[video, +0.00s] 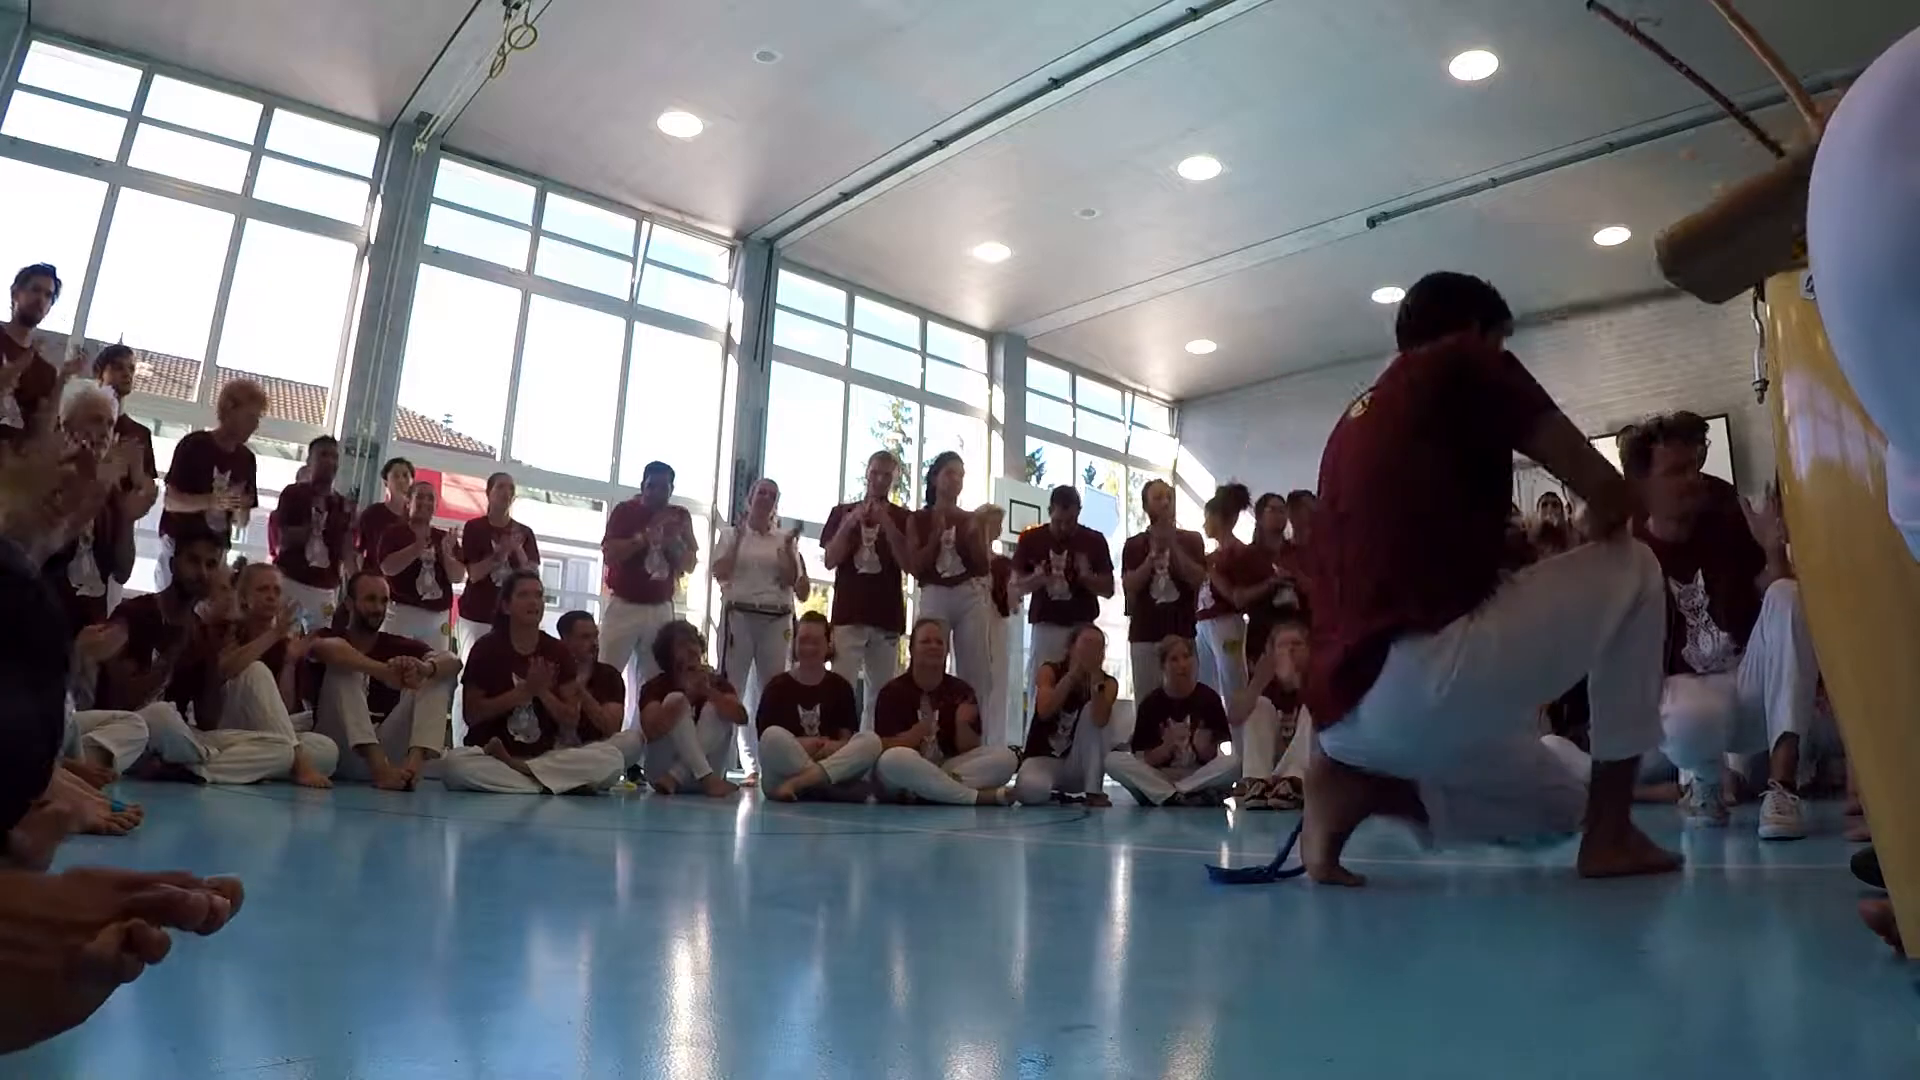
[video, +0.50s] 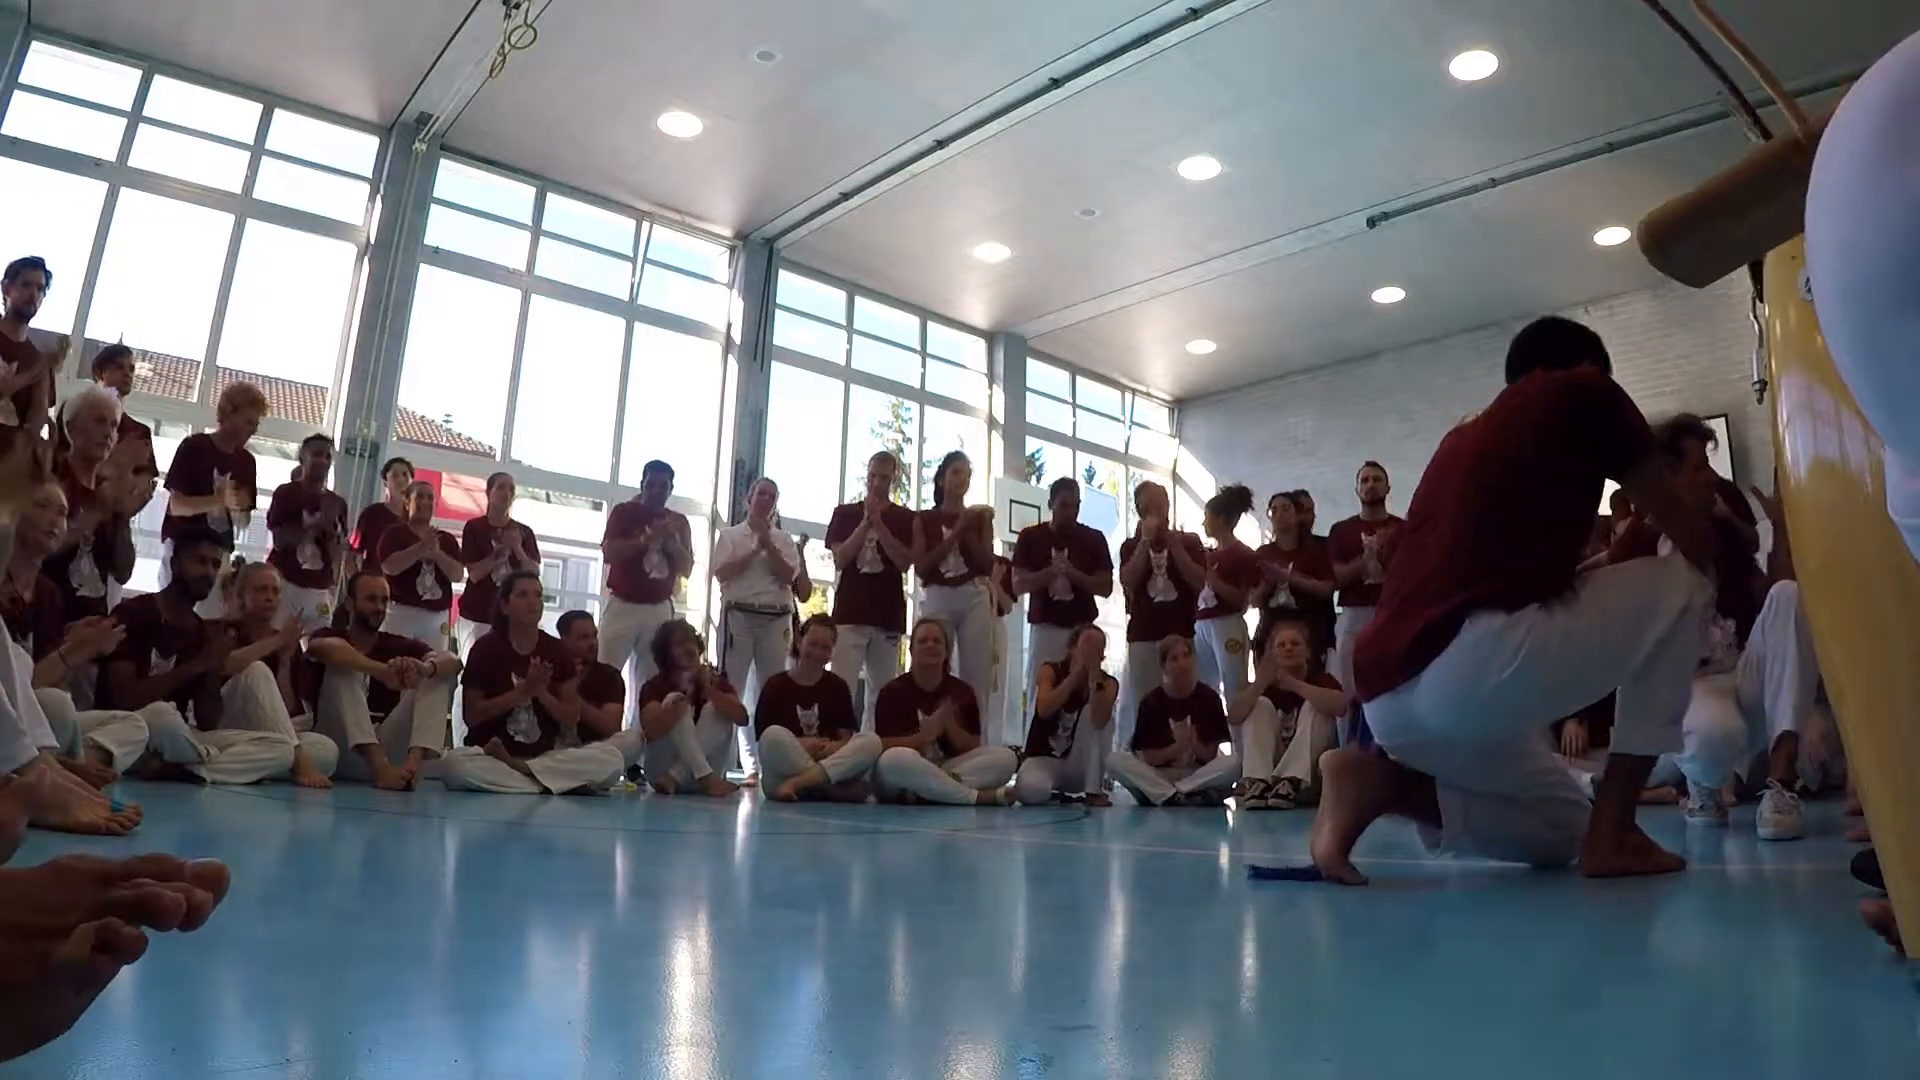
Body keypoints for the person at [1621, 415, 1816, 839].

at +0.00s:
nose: (1693, 481)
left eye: (1696, 468)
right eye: (1676, 472)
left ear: (1704, 467)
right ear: (1641, 482)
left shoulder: (1729, 521)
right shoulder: (1626, 546)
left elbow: (1774, 597)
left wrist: (1773, 550)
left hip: (1751, 677)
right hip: (1685, 687)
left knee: (1786, 596)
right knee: (1695, 723)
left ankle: (1781, 784)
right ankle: (1702, 781)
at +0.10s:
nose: (1699, 481)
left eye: (1699, 468)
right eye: (1684, 471)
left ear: (1704, 469)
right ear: (1652, 479)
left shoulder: (1728, 524)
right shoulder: (1631, 543)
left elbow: (1774, 597)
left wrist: (1779, 552)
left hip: (1747, 673)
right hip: (1686, 684)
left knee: (1787, 596)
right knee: (1700, 720)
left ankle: (1781, 784)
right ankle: (1704, 783)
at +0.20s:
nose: (1711, 481)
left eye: (1709, 470)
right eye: (1697, 472)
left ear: (1709, 472)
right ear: (1661, 480)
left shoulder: (1726, 528)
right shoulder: (1639, 539)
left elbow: (1777, 595)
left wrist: (1781, 546)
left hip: (1747, 673)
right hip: (1688, 682)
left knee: (1788, 596)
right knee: (1707, 731)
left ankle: (1784, 783)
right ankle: (1704, 782)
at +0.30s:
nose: (1713, 479)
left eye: (1711, 467)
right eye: (1698, 470)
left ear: (1713, 469)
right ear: (1663, 480)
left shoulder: (1727, 534)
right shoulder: (1645, 546)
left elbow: (1773, 597)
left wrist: (1781, 541)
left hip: (1747, 677)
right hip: (1690, 685)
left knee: (1789, 596)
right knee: (1710, 730)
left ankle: (1783, 782)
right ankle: (1706, 784)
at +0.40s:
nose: (1713, 478)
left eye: (1710, 467)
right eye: (1700, 470)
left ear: (1712, 471)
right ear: (1667, 480)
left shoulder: (1725, 531)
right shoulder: (1641, 546)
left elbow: (1765, 597)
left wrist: (1782, 540)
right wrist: (1620, 557)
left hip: (1749, 673)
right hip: (1692, 683)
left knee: (1789, 595)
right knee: (1713, 735)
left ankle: (1783, 784)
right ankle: (1704, 784)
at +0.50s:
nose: (1707, 478)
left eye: (1708, 467)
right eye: (1695, 469)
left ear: (1713, 471)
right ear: (1666, 477)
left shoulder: (1731, 535)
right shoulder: (1643, 539)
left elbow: (1778, 594)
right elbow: (1606, 602)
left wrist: (1781, 527)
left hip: (1749, 674)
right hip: (1695, 682)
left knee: (1789, 595)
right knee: (1716, 734)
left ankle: (1781, 779)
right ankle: (1704, 787)